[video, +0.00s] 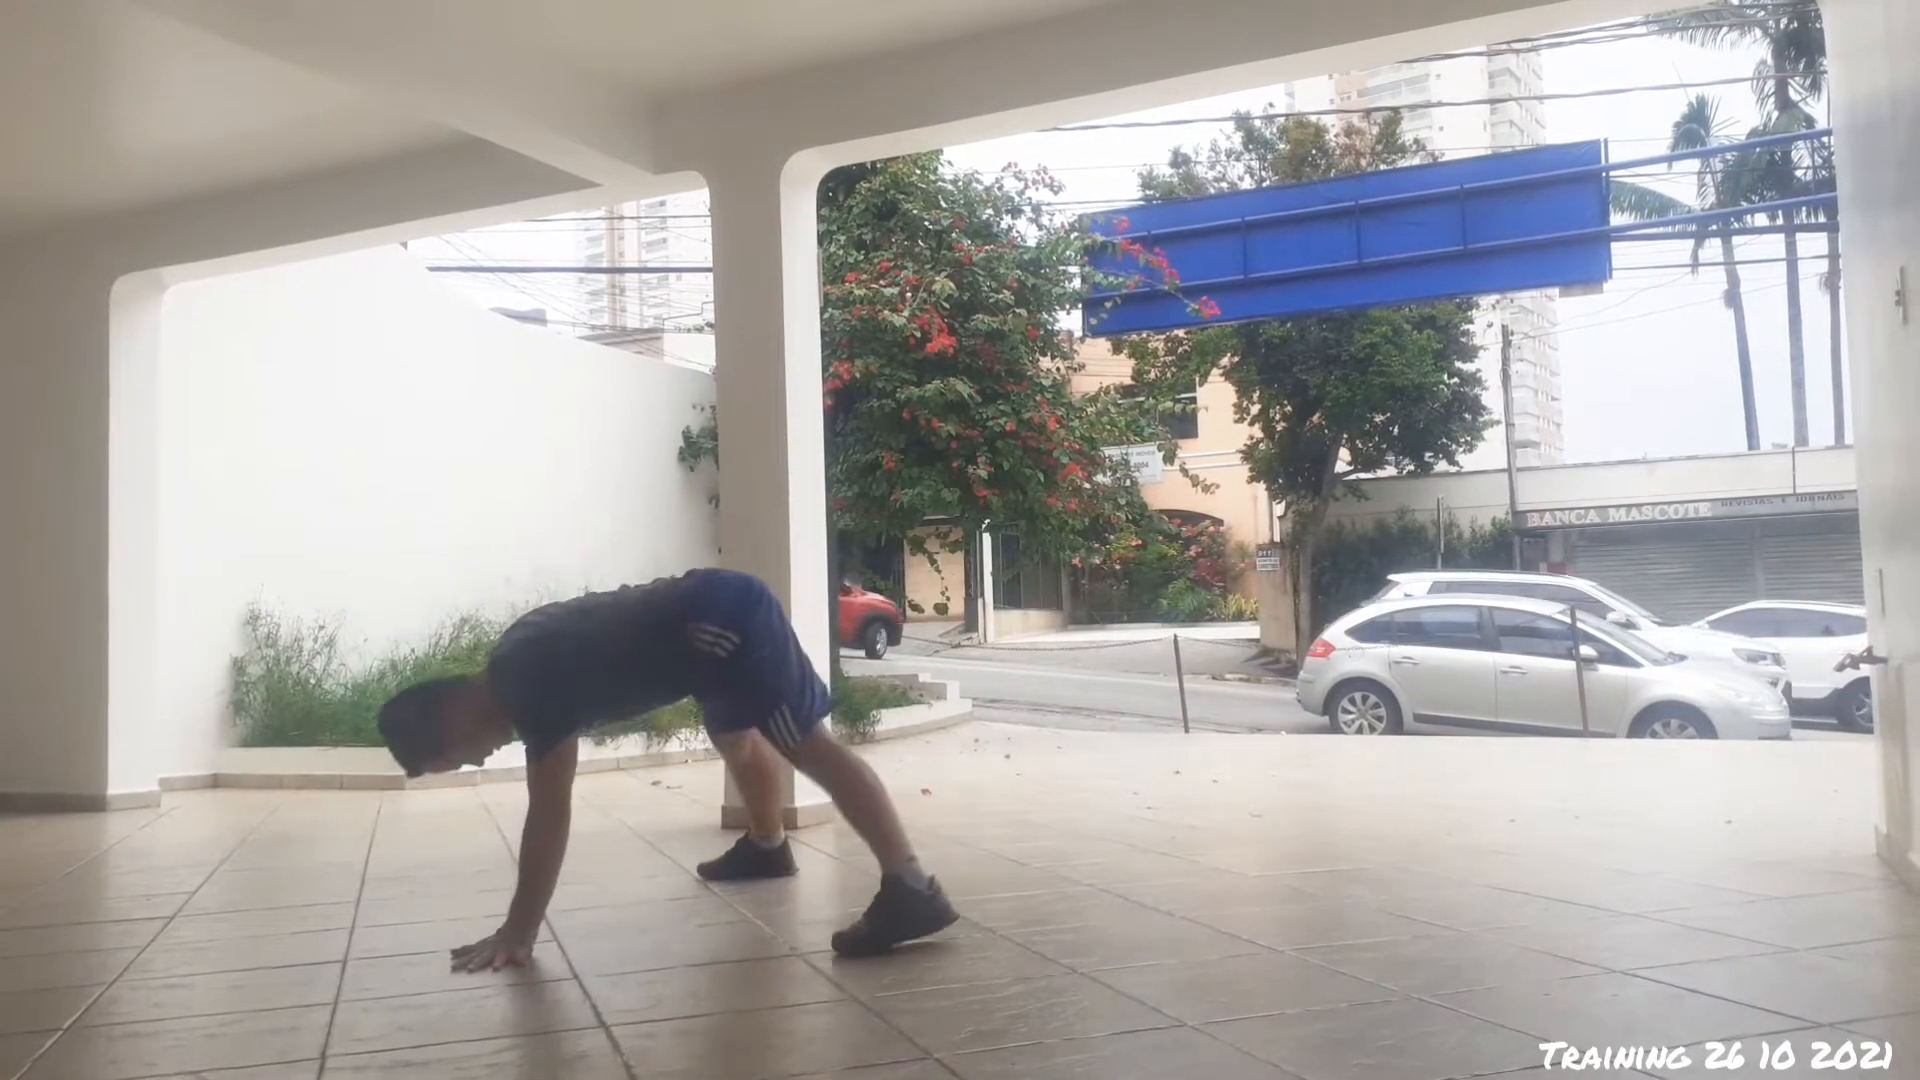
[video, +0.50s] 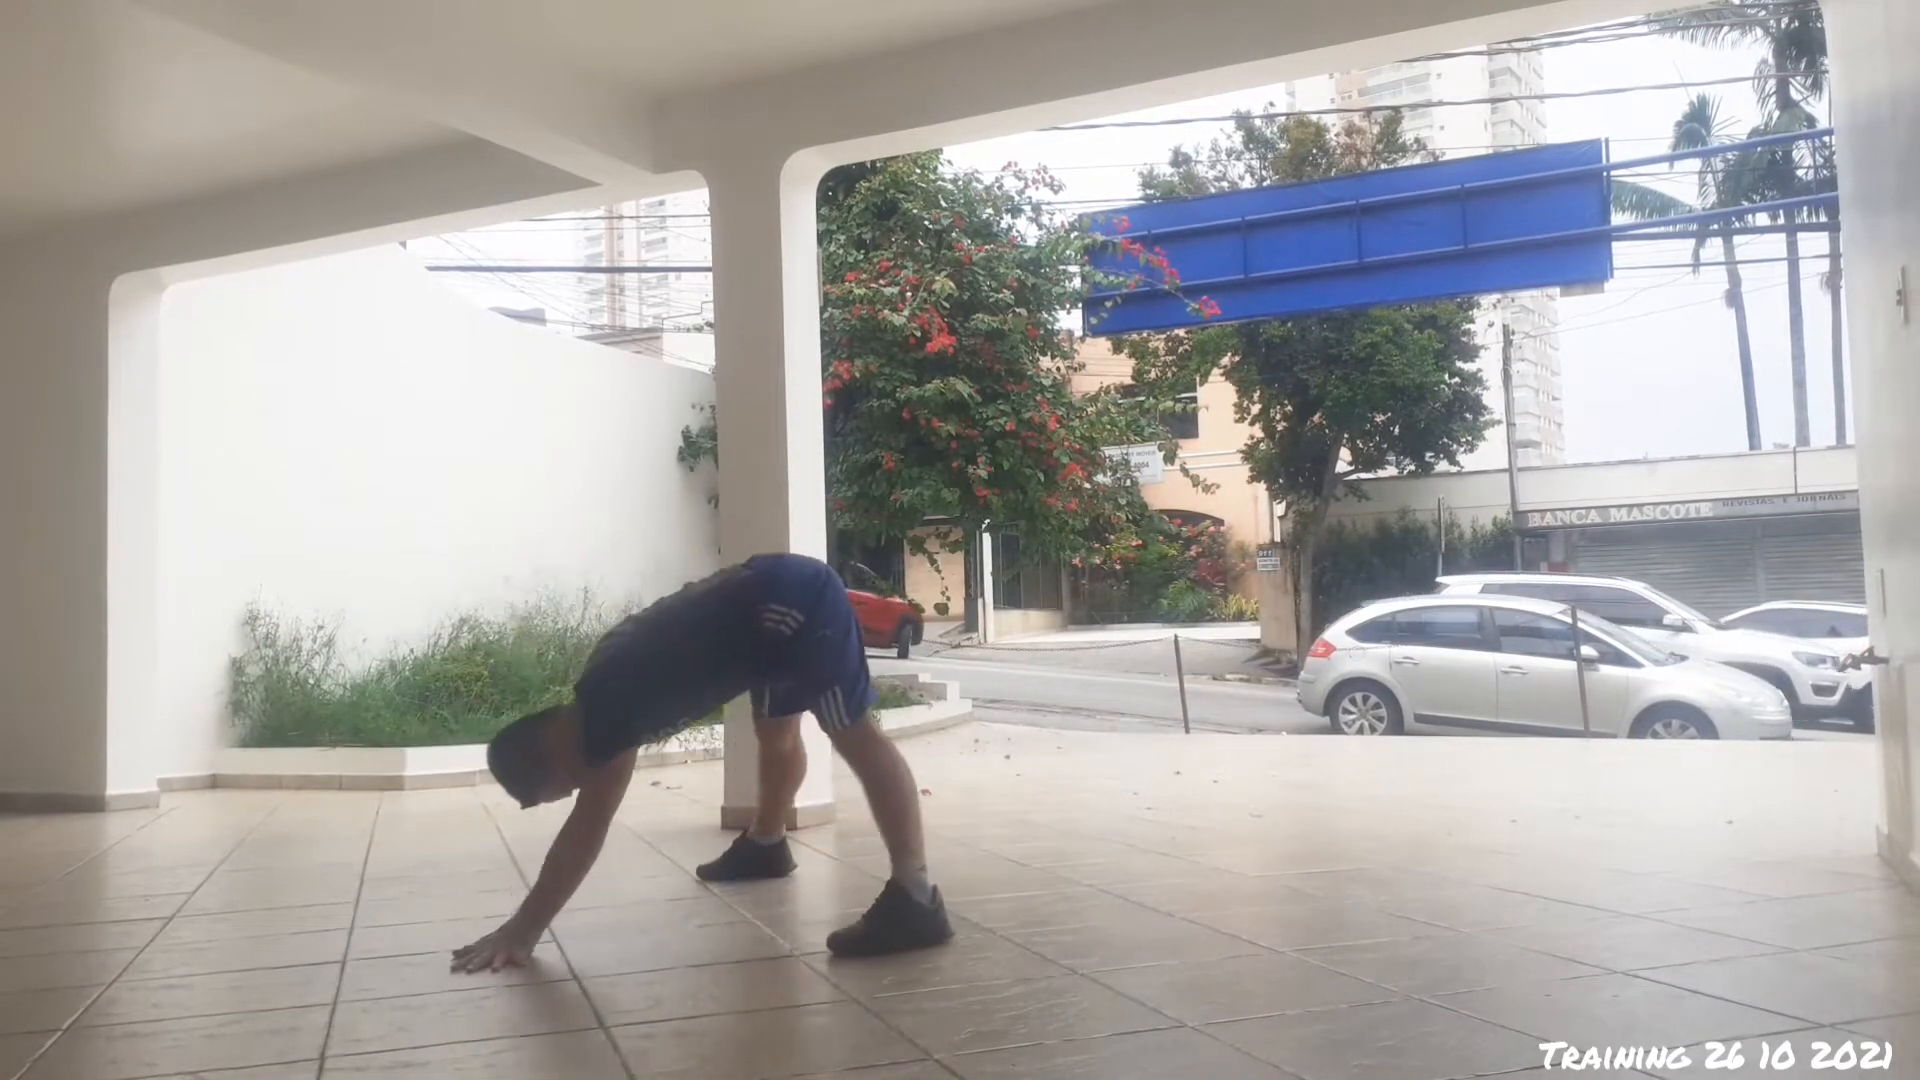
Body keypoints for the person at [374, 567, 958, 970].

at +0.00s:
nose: (467, 762)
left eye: (450, 755)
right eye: (453, 761)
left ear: (452, 712)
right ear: (452, 698)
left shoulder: (532, 677)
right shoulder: (519, 661)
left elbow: (548, 814)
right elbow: (549, 810)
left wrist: (519, 932)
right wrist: (521, 921)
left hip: (728, 616)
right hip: (706, 624)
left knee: (812, 746)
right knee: (737, 737)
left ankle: (911, 885)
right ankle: (767, 845)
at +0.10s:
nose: (481, 778)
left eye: (465, 773)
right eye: (469, 778)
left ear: (461, 730)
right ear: (460, 716)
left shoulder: (540, 685)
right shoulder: (527, 674)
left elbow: (551, 816)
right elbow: (549, 813)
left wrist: (519, 932)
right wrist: (521, 926)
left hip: (735, 611)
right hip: (709, 622)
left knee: (810, 741)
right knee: (743, 735)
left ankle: (905, 884)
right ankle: (766, 845)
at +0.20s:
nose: (500, 781)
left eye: (484, 779)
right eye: (488, 783)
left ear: (475, 734)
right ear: (473, 725)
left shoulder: (551, 693)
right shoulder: (535, 681)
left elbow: (556, 822)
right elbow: (554, 819)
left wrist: (519, 933)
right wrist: (522, 927)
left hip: (743, 608)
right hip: (717, 620)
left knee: (815, 741)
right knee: (750, 734)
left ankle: (906, 888)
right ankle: (766, 846)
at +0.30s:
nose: (514, 790)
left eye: (499, 787)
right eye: (502, 790)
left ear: (494, 743)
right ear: (494, 735)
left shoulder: (565, 695)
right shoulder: (555, 683)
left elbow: (564, 826)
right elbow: (564, 822)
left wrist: (519, 932)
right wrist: (517, 927)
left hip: (760, 608)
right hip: (733, 615)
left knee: (831, 743)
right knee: (759, 731)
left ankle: (912, 891)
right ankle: (766, 844)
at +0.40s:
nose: (543, 791)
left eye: (530, 789)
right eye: (531, 793)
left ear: (523, 750)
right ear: (520, 736)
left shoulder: (587, 705)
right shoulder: (576, 687)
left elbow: (574, 828)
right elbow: (576, 824)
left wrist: (519, 930)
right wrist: (524, 926)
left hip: (783, 601)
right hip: (752, 604)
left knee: (844, 739)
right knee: (769, 734)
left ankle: (914, 894)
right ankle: (767, 844)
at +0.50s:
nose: (573, 792)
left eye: (558, 788)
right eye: (561, 792)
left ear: (548, 751)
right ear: (549, 736)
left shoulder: (611, 702)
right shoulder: (604, 683)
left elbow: (588, 828)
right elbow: (589, 823)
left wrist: (521, 929)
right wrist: (528, 923)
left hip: (803, 598)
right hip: (772, 595)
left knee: (857, 735)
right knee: (777, 727)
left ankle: (915, 894)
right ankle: (767, 844)